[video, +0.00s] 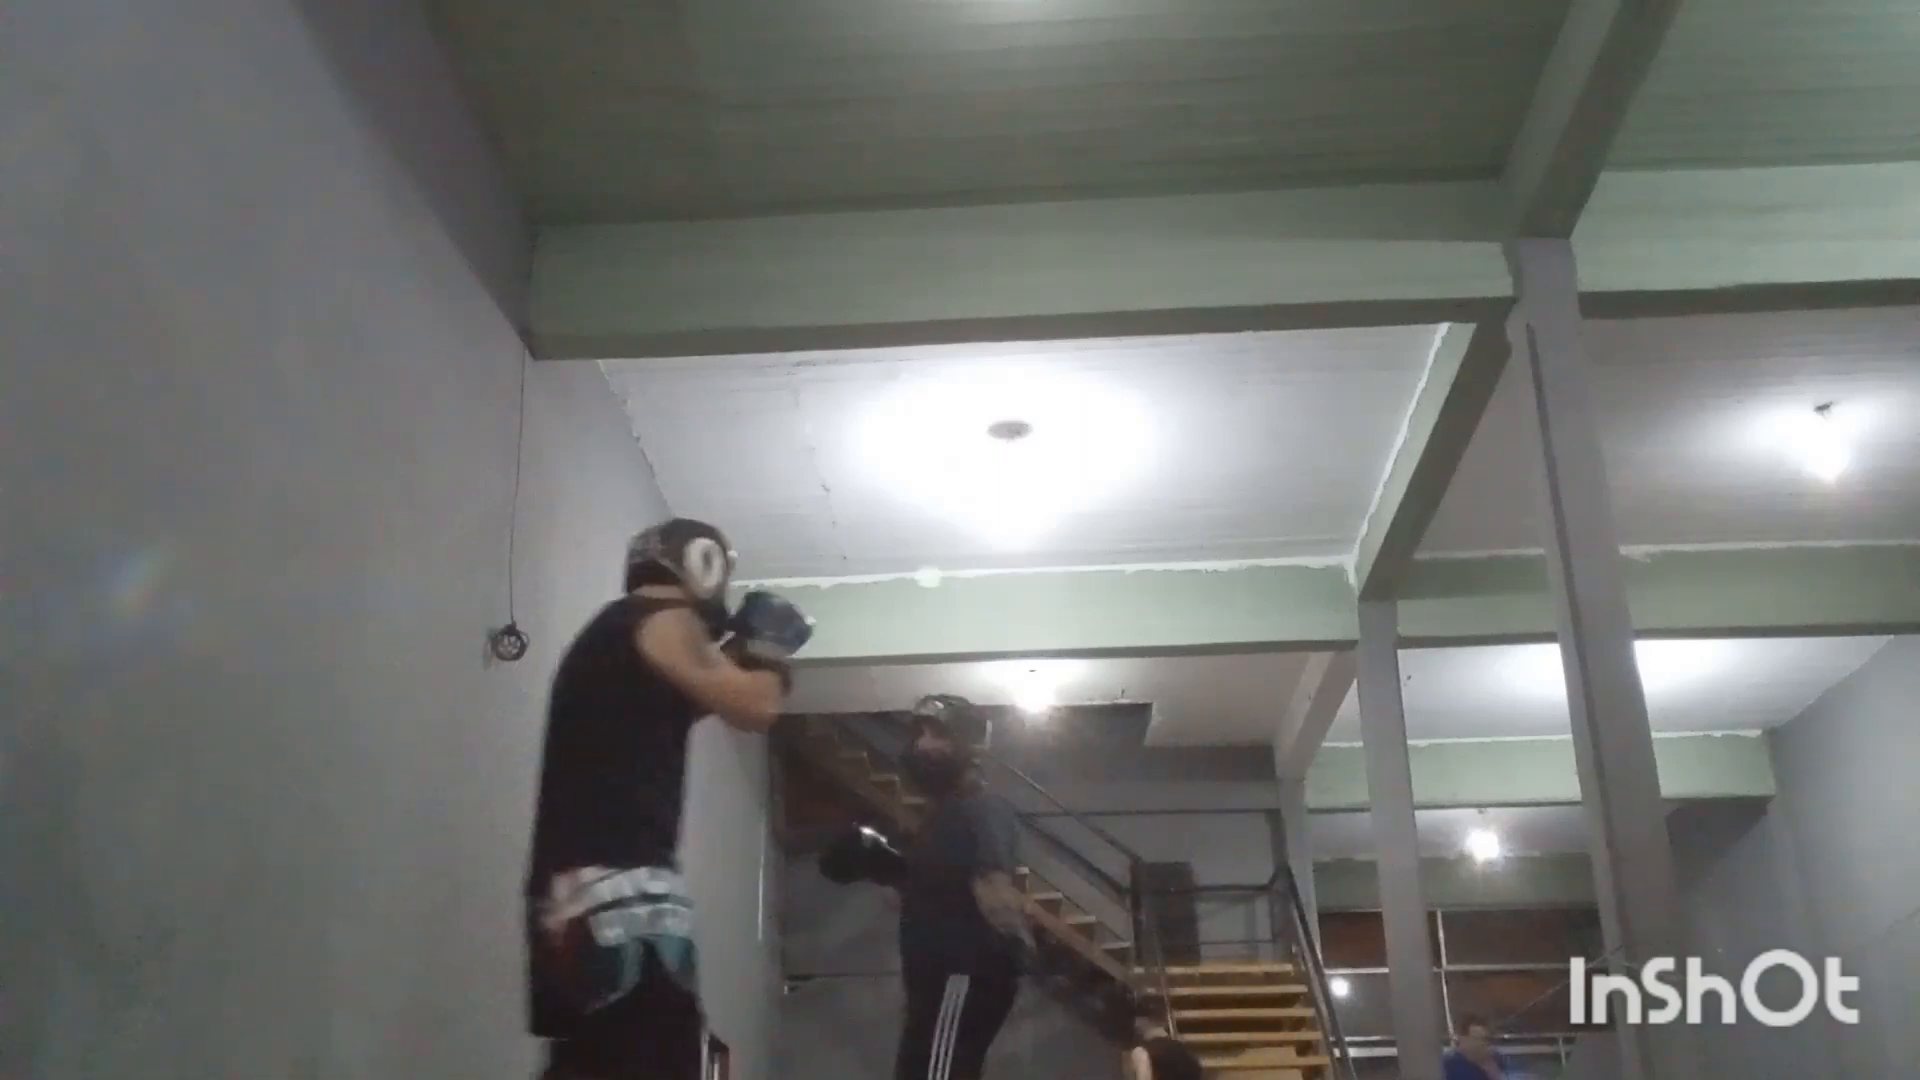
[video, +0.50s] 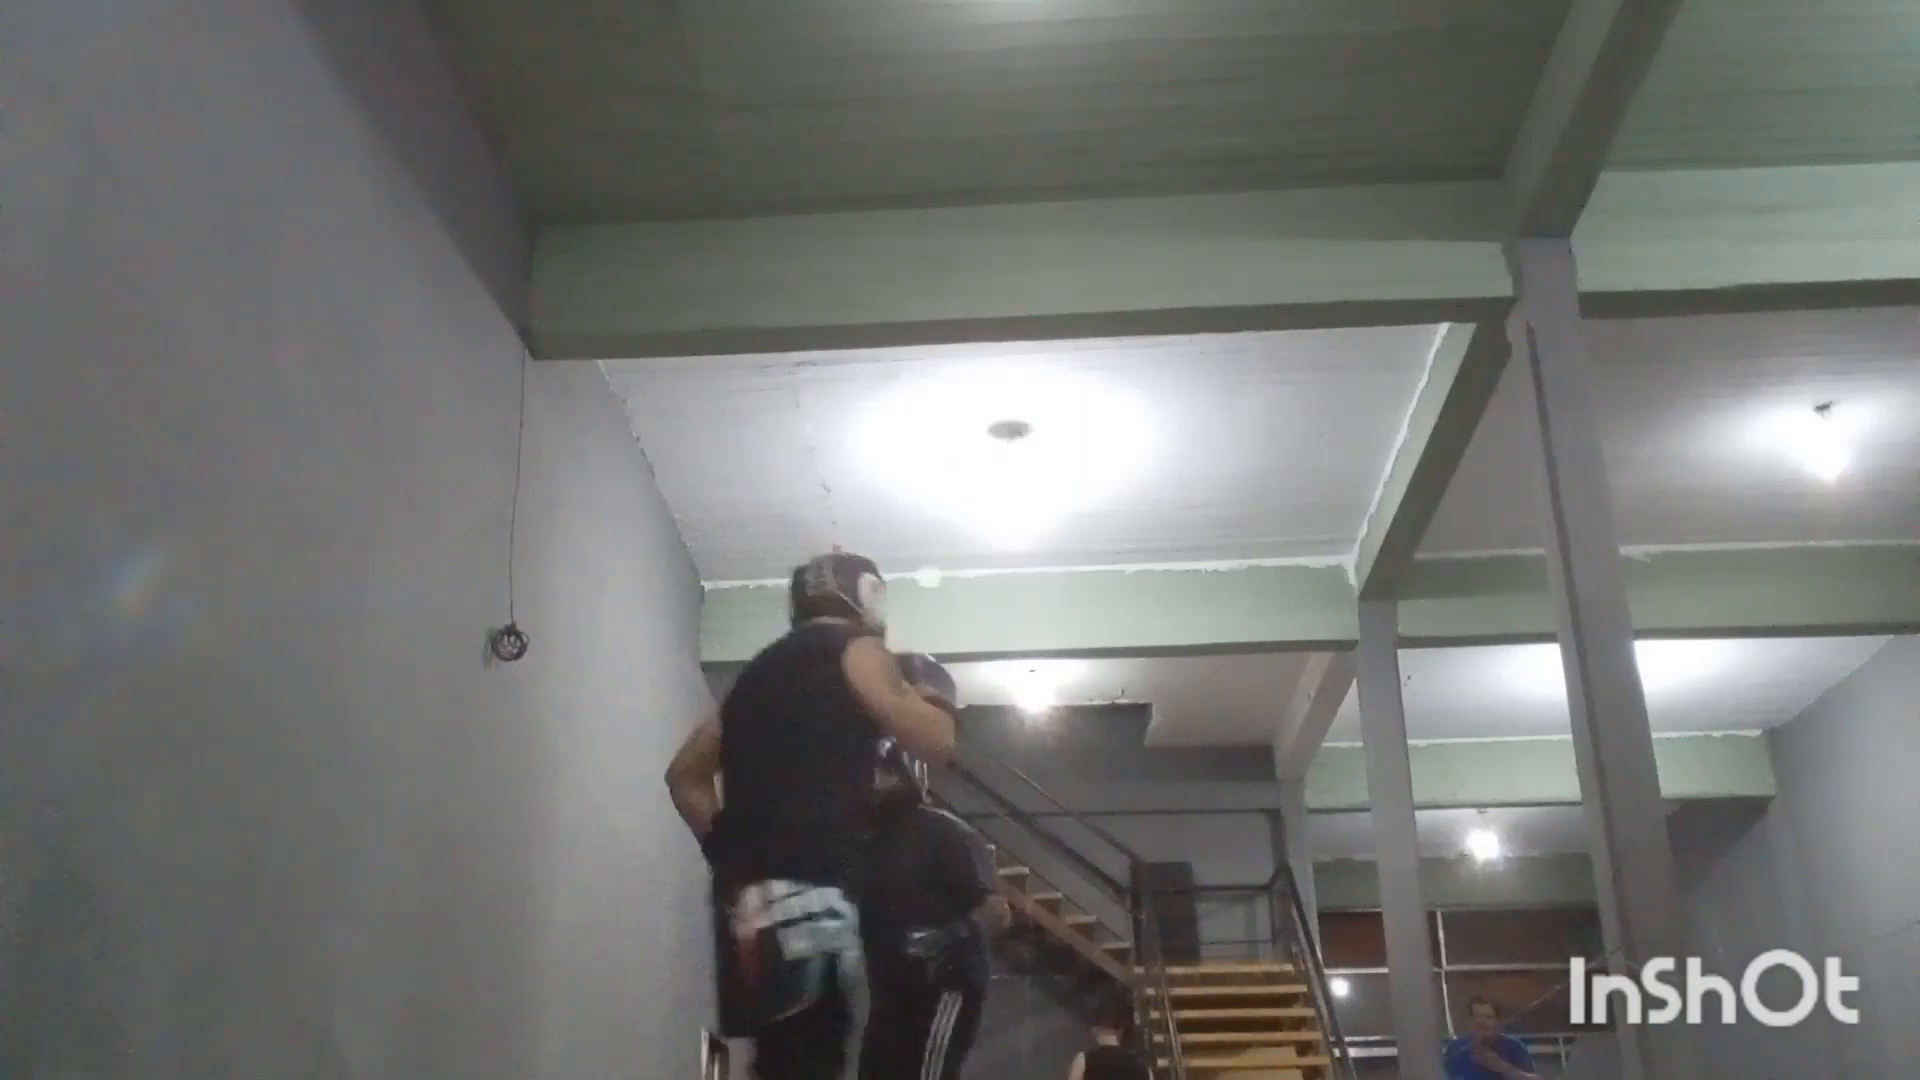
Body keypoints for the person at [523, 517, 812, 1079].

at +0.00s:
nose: (725, 584)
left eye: (725, 571)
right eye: (721, 568)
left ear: (645, 564)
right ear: (698, 563)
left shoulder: (608, 630)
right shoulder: (662, 620)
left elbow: (673, 701)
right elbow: (756, 705)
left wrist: (732, 647)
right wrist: (769, 648)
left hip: (565, 885)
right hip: (619, 886)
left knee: (595, 1051)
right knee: (659, 1052)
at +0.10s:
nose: (757, 581)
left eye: (758, 568)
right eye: (753, 565)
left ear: (679, 563)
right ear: (729, 562)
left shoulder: (643, 631)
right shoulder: (703, 619)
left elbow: (726, 719)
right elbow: (796, 709)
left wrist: (767, 649)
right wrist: (806, 647)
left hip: (611, 866)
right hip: (662, 867)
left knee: (646, 1046)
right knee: (690, 1049)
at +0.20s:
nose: (789, 576)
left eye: (788, 563)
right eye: (783, 561)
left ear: (710, 563)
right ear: (761, 559)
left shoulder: (680, 631)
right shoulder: (741, 619)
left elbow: (753, 749)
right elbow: (829, 712)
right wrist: (838, 653)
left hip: (649, 858)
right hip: (699, 859)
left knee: (690, 1033)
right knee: (716, 1029)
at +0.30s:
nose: (823, 580)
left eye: (821, 567)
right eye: (817, 566)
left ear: (741, 572)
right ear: (796, 566)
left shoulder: (708, 637)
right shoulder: (785, 625)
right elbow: (870, 717)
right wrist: (878, 674)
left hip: (674, 867)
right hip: (732, 868)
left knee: (705, 1044)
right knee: (728, 1050)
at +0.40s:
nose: (854, 594)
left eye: (853, 581)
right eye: (848, 580)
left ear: (776, 587)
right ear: (826, 582)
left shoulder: (733, 654)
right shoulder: (824, 640)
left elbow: (689, 749)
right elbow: (913, 724)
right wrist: (908, 681)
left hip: (705, 877)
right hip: (769, 883)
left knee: (729, 1050)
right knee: (764, 1054)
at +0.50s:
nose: (883, 610)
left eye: (881, 596)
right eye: (877, 596)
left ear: (803, 603)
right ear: (858, 597)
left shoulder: (757, 673)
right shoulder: (857, 650)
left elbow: (686, 775)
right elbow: (939, 741)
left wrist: (729, 855)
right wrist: (928, 691)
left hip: (743, 881)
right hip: (810, 880)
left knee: (776, 1052)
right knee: (813, 1055)